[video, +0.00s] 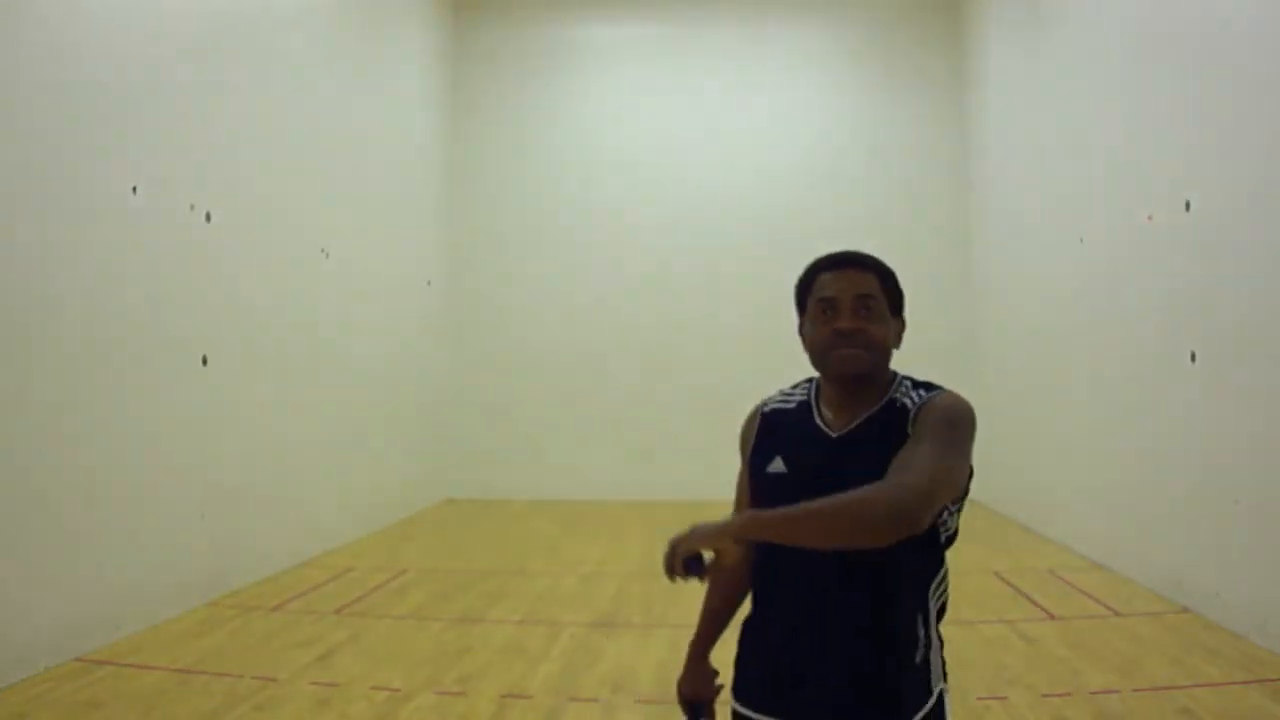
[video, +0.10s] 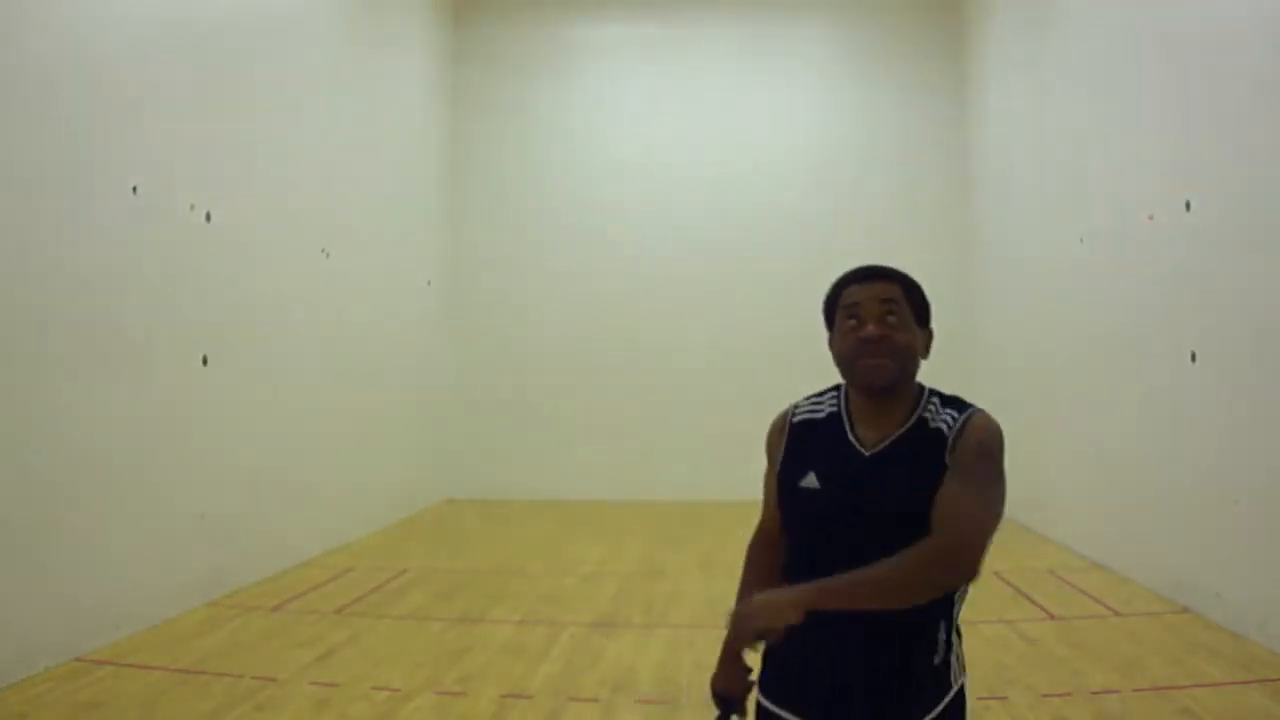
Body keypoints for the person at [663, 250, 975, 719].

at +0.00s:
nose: (847, 324)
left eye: (866, 309)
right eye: (827, 310)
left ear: (898, 331)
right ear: (802, 332)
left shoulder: (942, 415)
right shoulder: (768, 424)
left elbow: (899, 510)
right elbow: (742, 552)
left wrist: (736, 528)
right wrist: (699, 654)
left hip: (890, 693)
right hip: (773, 690)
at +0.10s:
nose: (871, 331)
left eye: (891, 317)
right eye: (853, 320)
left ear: (925, 341)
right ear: (831, 344)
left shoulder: (969, 434)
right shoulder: (793, 430)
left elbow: (954, 559)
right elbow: (771, 540)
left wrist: (801, 598)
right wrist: (733, 653)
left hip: (913, 697)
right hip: (798, 693)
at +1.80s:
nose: (788, 326)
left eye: (808, 310)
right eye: (776, 314)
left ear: (855, 317)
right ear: (764, 327)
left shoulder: (913, 419)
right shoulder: (731, 414)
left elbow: (1023, 499)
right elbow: (618, 479)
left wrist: (978, 631)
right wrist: (582, 600)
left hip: (872, 693)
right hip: (754, 690)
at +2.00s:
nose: (806, 329)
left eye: (828, 315)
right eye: (798, 316)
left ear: (878, 329)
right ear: (787, 327)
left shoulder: (928, 432)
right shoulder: (756, 426)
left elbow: (966, 541)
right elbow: (679, 515)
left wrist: (976, 615)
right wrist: (634, 617)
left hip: (893, 685)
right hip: (782, 680)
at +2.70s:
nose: (787, 317)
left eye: (805, 305)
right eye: (771, 304)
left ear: (833, 322)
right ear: (750, 320)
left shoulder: (879, 419)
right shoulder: (713, 410)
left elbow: (914, 520)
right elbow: (690, 510)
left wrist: (880, 610)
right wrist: (664, 615)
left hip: (836, 666)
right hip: (731, 658)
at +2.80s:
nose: (759, 313)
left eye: (776, 300)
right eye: (743, 302)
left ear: (808, 319)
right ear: (726, 322)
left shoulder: (855, 415)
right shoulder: (695, 412)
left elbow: (900, 515)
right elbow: (675, 513)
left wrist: (863, 604)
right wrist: (650, 615)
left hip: (813, 670)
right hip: (710, 662)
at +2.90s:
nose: (734, 313)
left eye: (752, 300)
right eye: (718, 304)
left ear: (785, 321)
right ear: (703, 327)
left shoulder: (834, 414)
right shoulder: (676, 418)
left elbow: (885, 514)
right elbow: (660, 521)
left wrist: (845, 605)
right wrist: (635, 623)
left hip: (796, 677)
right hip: (692, 670)